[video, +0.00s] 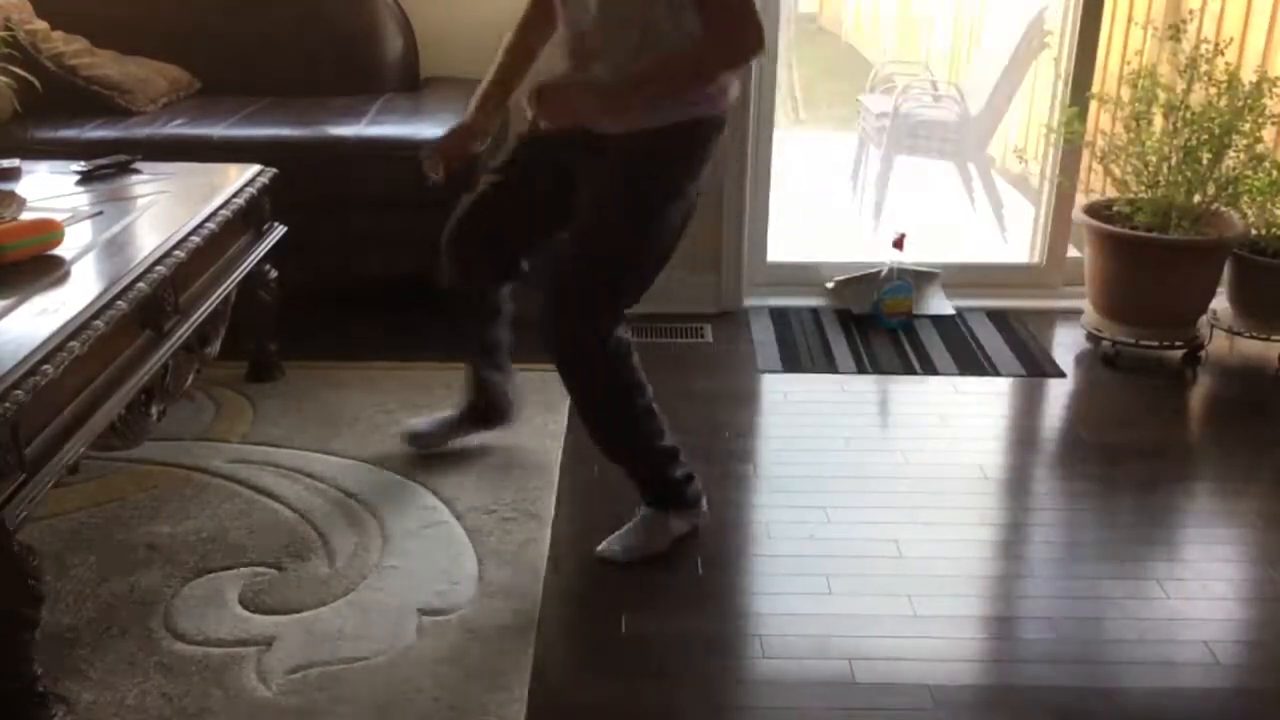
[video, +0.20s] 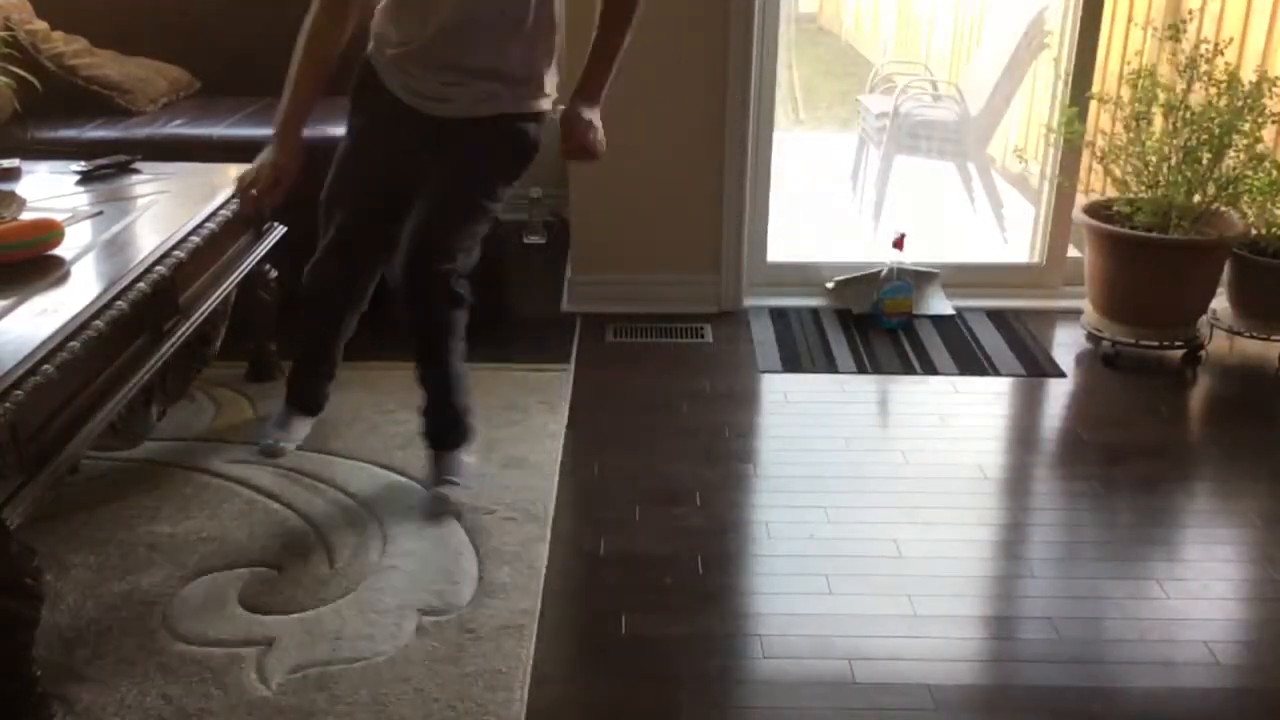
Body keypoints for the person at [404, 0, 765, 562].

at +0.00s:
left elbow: (741, 36)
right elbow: (544, 11)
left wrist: (605, 101)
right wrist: (480, 117)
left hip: (671, 127)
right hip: (580, 121)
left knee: (580, 311)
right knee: (476, 243)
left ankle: (674, 500)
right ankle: (491, 398)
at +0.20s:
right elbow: (333, 16)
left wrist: (588, 98)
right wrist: (286, 139)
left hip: (499, 104)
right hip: (394, 86)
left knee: (433, 269)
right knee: (341, 261)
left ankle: (447, 446)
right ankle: (300, 406)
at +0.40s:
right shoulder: (263, 3)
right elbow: (229, 57)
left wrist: (540, 66)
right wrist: (186, 195)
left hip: (455, 78)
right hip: (348, 66)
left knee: (362, 244)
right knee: (312, 239)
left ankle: (326, 404)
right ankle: (291, 399)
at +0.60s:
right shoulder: (248, 7)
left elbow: (515, 7)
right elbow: (217, 68)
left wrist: (539, 72)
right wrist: (183, 200)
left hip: (476, 76)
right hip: (369, 75)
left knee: (453, 246)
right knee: (331, 248)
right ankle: (294, 403)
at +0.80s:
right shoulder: (353, 6)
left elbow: (652, 33)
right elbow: (270, 63)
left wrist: (694, 162)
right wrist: (202, 176)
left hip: (560, 109)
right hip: (440, 112)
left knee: (623, 267)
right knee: (372, 269)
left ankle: (669, 411)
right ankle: (294, 409)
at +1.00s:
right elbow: (442, 13)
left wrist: (926, 30)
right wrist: (330, 113)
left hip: (736, 86)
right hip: (635, 66)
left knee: (703, 259)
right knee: (586, 244)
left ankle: (671, 410)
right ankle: (485, 380)